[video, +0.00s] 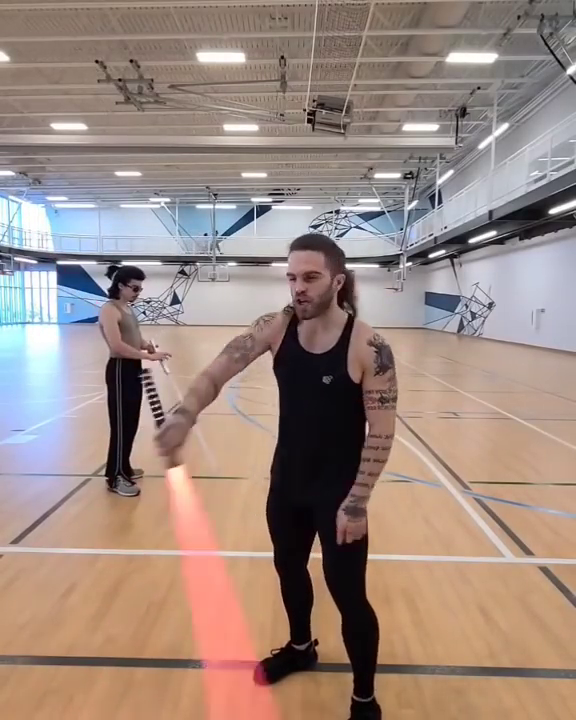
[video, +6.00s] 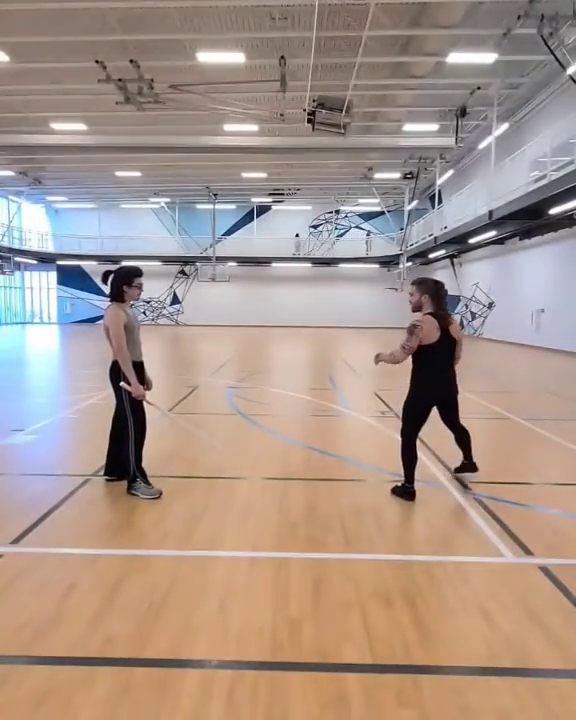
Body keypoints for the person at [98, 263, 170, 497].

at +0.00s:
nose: (137, 294)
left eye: (139, 290)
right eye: (134, 288)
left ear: (135, 289)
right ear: (120, 286)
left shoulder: (126, 309)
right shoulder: (110, 310)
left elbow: (129, 339)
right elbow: (116, 346)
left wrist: (145, 345)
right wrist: (148, 355)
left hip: (132, 366)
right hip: (120, 368)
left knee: (130, 423)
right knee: (121, 424)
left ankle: (124, 468)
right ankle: (114, 476)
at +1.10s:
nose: (139, 288)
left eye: (140, 284)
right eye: (135, 284)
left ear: (132, 287)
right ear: (121, 285)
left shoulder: (125, 309)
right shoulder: (113, 309)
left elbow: (127, 343)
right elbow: (109, 345)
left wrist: (134, 371)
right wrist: (121, 376)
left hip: (131, 371)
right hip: (120, 373)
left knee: (130, 425)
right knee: (120, 426)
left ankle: (125, 468)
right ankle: (114, 476)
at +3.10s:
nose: (138, 289)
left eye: (138, 285)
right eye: (133, 284)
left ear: (130, 287)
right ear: (120, 286)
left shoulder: (124, 310)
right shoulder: (113, 312)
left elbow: (129, 347)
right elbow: (118, 350)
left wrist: (138, 376)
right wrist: (132, 381)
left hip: (132, 368)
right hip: (123, 370)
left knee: (122, 422)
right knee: (135, 424)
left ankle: (115, 468)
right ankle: (135, 479)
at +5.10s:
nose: (138, 289)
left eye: (139, 285)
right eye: (134, 285)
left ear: (132, 288)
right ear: (120, 286)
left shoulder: (127, 311)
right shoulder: (114, 313)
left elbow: (133, 347)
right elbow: (119, 351)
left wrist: (143, 373)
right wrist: (132, 382)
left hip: (132, 370)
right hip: (123, 372)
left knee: (123, 422)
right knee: (136, 424)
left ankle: (114, 468)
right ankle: (135, 479)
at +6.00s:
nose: (140, 290)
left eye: (141, 286)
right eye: (136, 286)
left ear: (132, 289)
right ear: (123, 287)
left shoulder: (127, 311)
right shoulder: (115, 313)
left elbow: (134, 347)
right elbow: (120, 351)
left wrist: (144, 373)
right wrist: (133, 381)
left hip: (132, 369)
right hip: (124, 372)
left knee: (123, 422)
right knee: (137, 425)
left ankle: (114, 468)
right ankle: (135, 480)